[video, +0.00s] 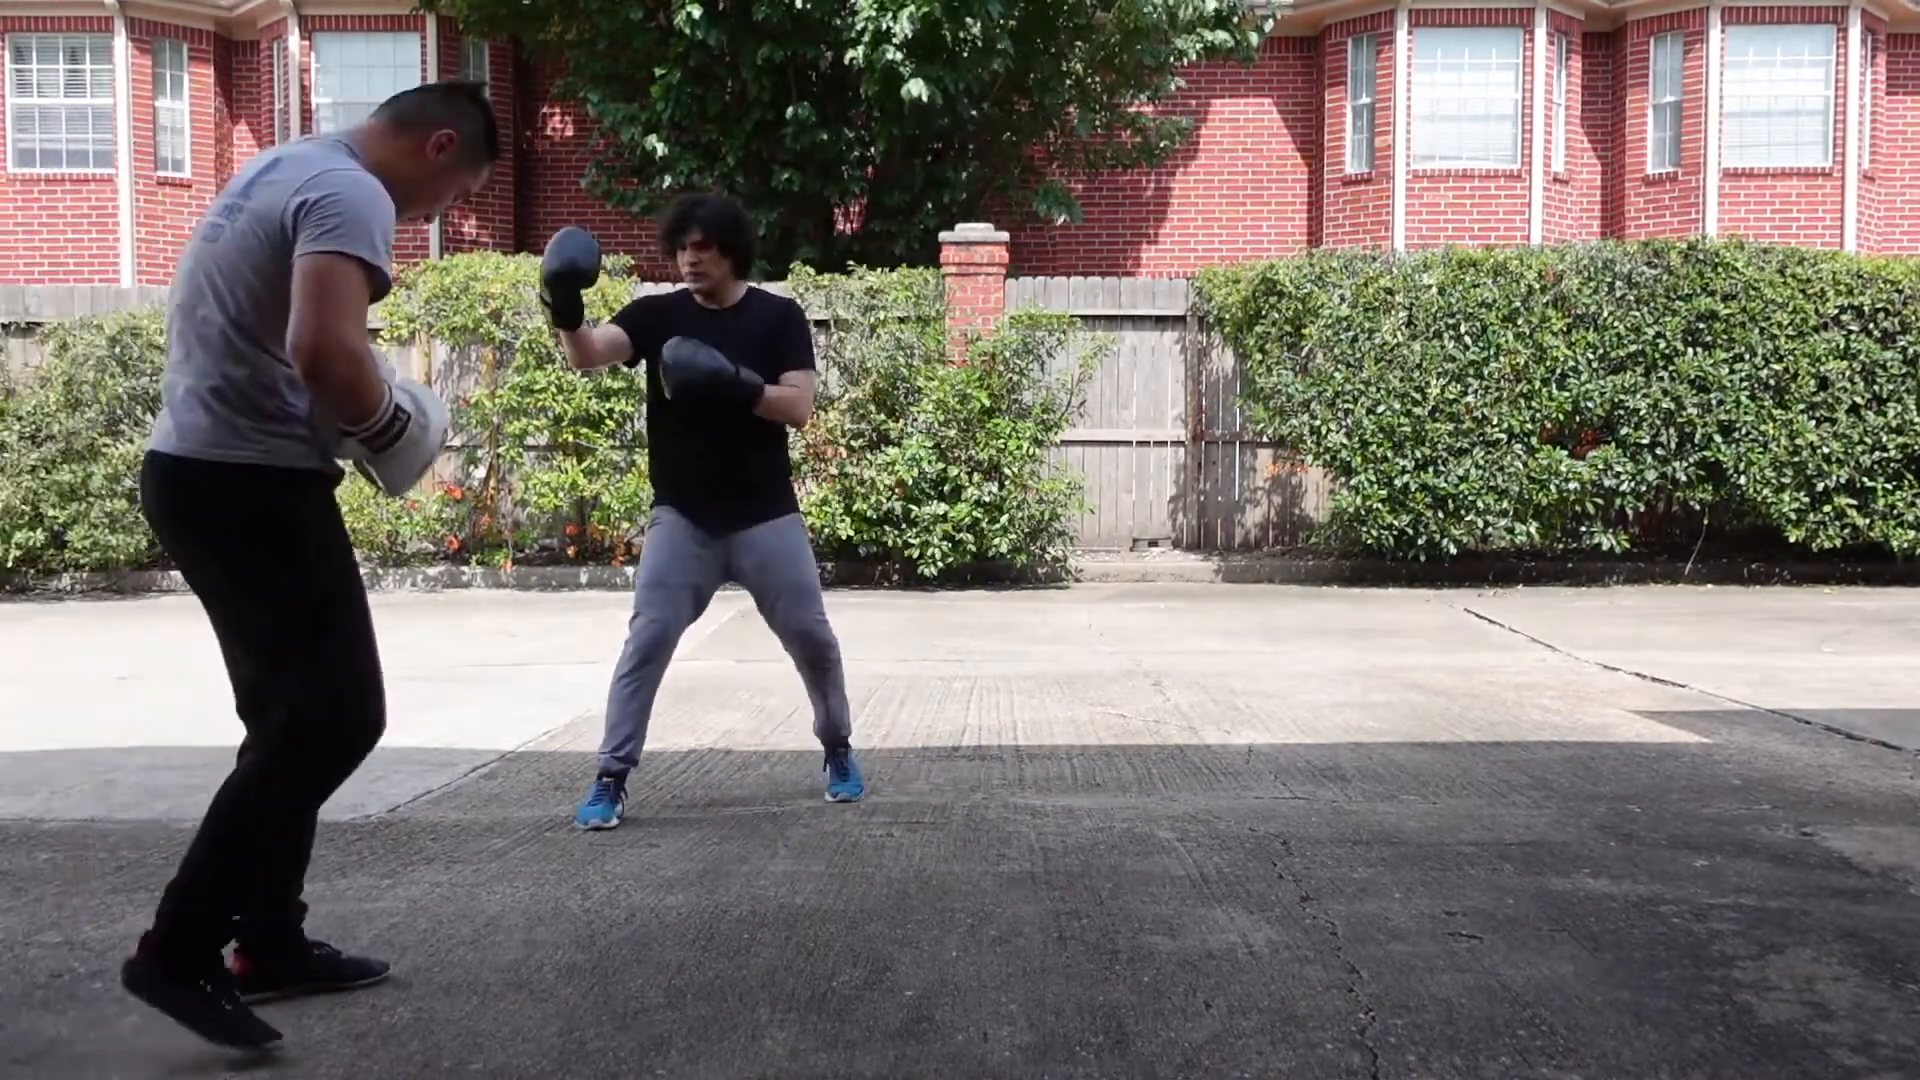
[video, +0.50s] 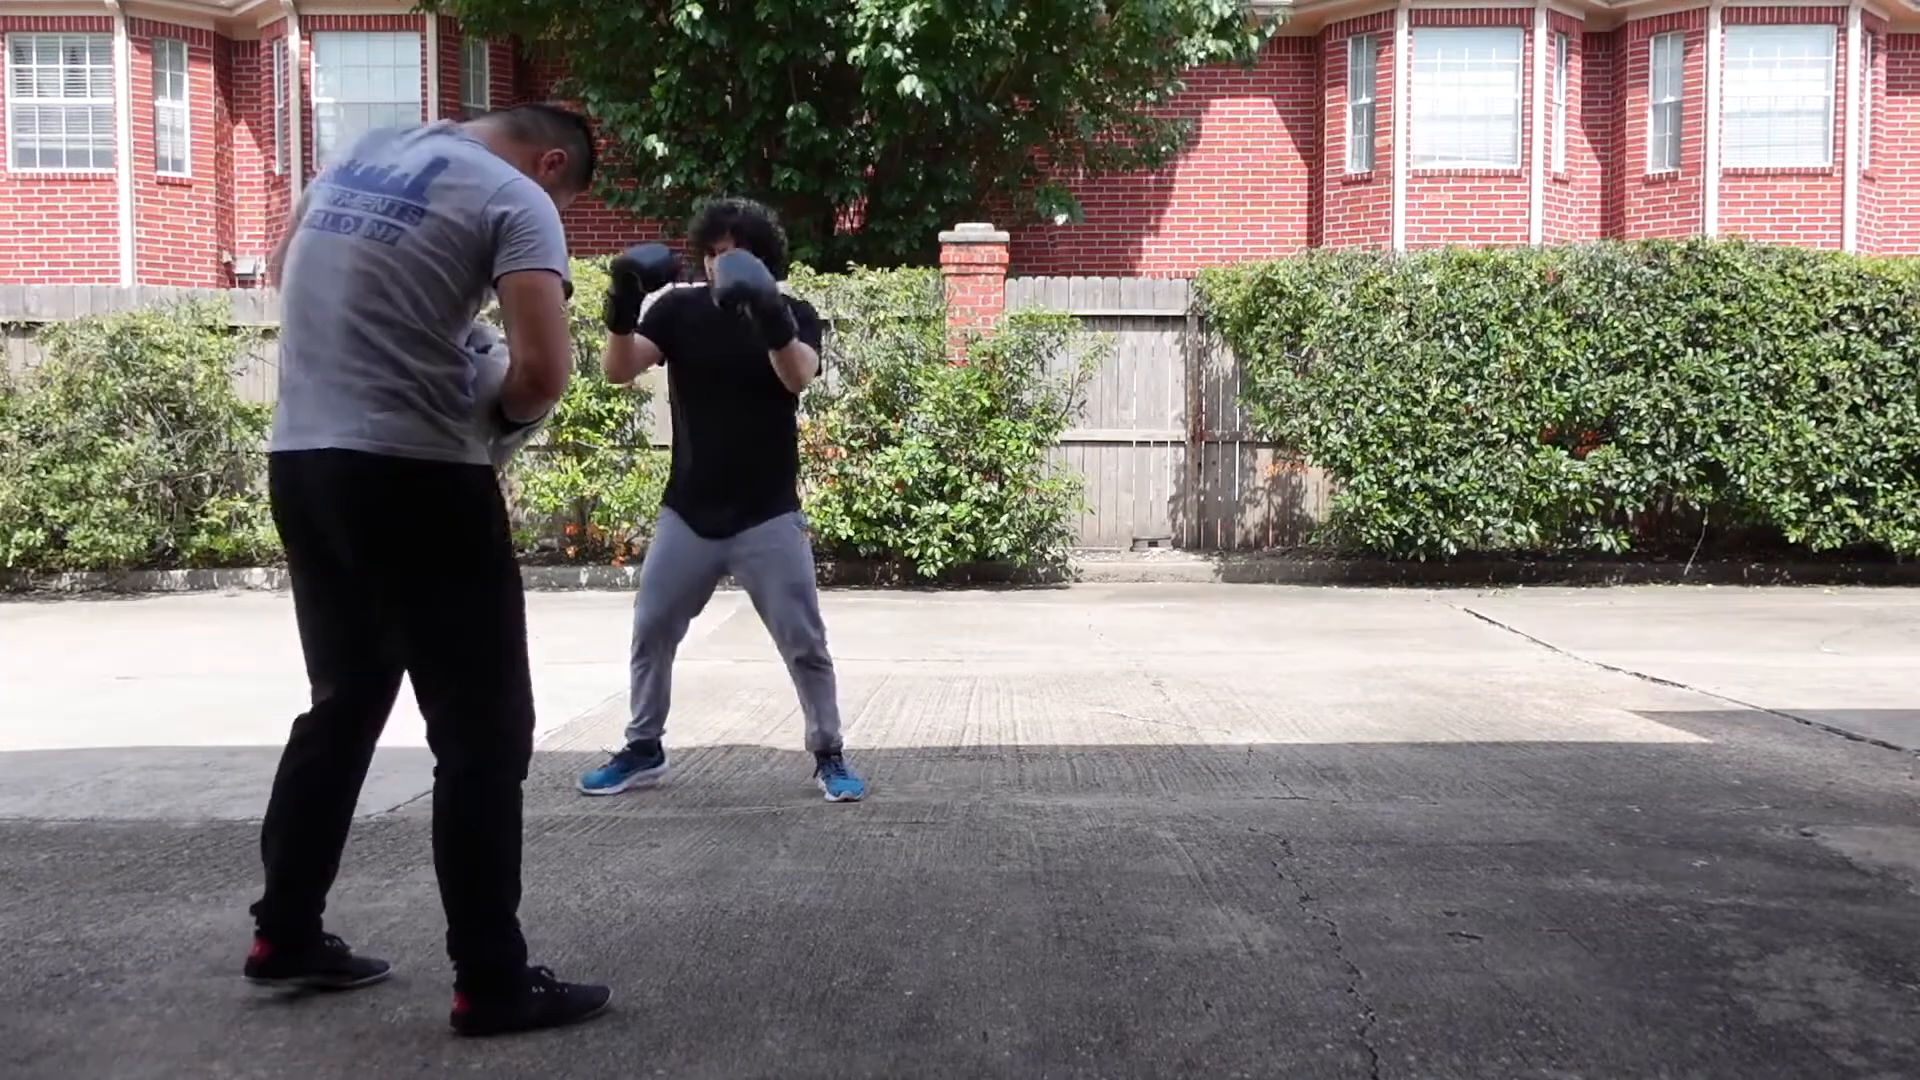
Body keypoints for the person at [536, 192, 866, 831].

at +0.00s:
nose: (692, 260)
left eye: (705, 248)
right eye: (684, 249)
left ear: (735, 252)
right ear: (676, 255)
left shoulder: (779, 317)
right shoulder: (658, 312)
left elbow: (800, 405)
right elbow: (588, 352)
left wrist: (732, 380)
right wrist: (564, 300)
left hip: (766, 516)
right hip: (681, 516)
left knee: (811, 636)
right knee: (647, 639)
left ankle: (839, 751)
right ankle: (610, 779)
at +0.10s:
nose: (716, 261)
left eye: (728, 250)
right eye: (707, 251)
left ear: (759, 254)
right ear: (697, 257)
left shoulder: (799, 323)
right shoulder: (678, 318)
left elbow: (805, 414)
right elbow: (618, 367)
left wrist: (743, 422)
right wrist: (587, 347)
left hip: (778, 518)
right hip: (695, 518)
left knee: (817, 640)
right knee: (658, 641)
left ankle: (828, 758)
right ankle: (611, 779)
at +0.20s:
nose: (735, 260)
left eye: (748, 250)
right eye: (727, 249)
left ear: (778, 257)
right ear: (716, 256)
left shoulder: (811, 324)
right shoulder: (693, 320)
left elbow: (812, 418)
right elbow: (641, 397)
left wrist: (761, 426)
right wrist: (629, 358)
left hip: (786, 519)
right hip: (704, 520)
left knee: (822, 640)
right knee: (663, 639)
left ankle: (831, 758)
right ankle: (619, 775)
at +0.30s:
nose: (739, 261)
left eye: (753, 251)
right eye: (732, 250)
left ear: (783, 256)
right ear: (721, 255)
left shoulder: (813, 320)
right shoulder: (697, 310)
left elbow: (816, 408)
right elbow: (647, 391)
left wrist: (766, 386)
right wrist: (644, 333)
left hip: (786, 517)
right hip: (703, 515)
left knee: (819, 644)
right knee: (659, 634)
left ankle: (832, 759)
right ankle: (635, 765)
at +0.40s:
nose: (735, 261)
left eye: (748, 251)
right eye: (726, 250)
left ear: (777, 256)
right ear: (713, 254)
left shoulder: (807, 313)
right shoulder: (690, 305)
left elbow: (814, 385)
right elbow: (635, 375)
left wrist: (768, 333)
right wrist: (636, 312)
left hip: (781, 512)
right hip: (699, 510)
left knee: (813, 640)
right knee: (655, 627)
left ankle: (831, 756)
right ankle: (642, 751)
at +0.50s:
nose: (726, 266)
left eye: (738, 255)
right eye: (716, 255)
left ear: (765, 259)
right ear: (701, 258)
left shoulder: (792, 313)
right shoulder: (676, 306)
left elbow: (799, 378)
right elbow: (620, 369)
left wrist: (768, 313)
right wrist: (624, 304)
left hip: (768, 514)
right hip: (688, 513)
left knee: (803, 642)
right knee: (651, 629)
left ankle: (830, 757)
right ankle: (643, 748)